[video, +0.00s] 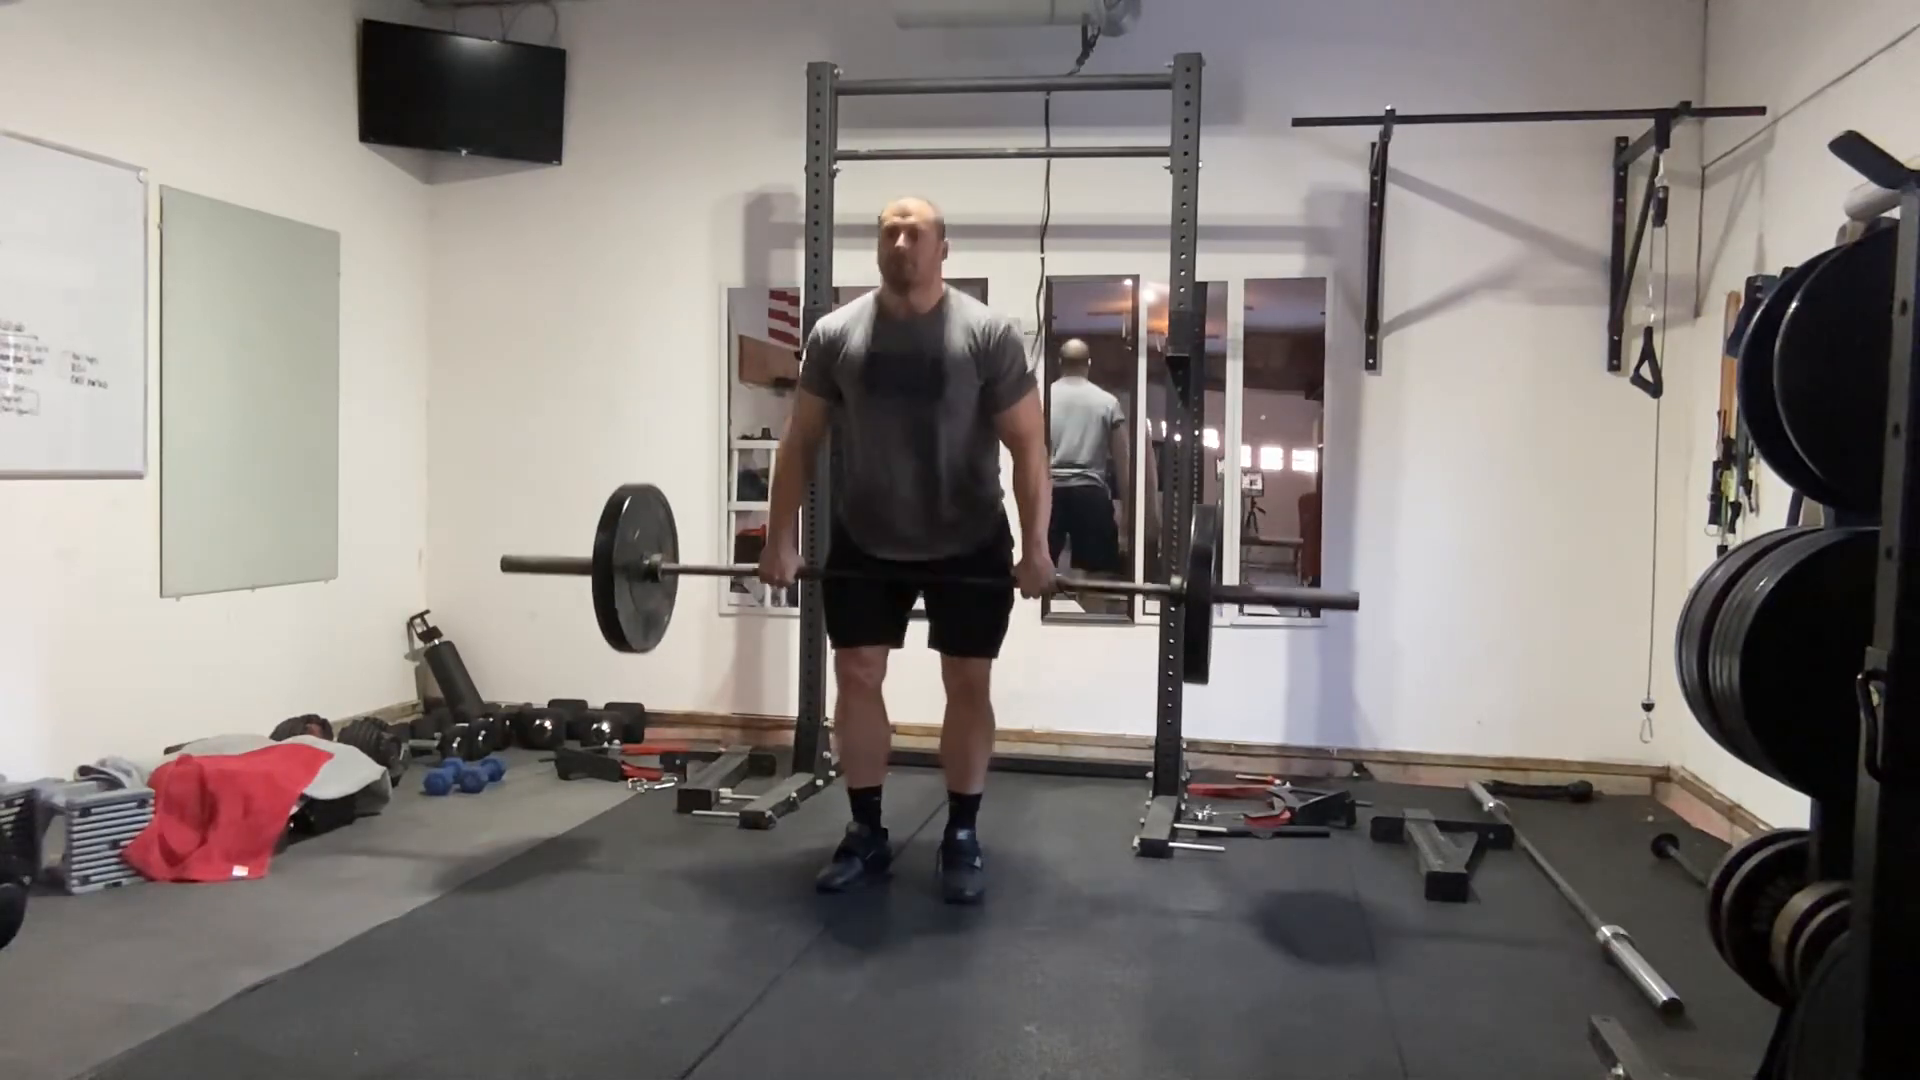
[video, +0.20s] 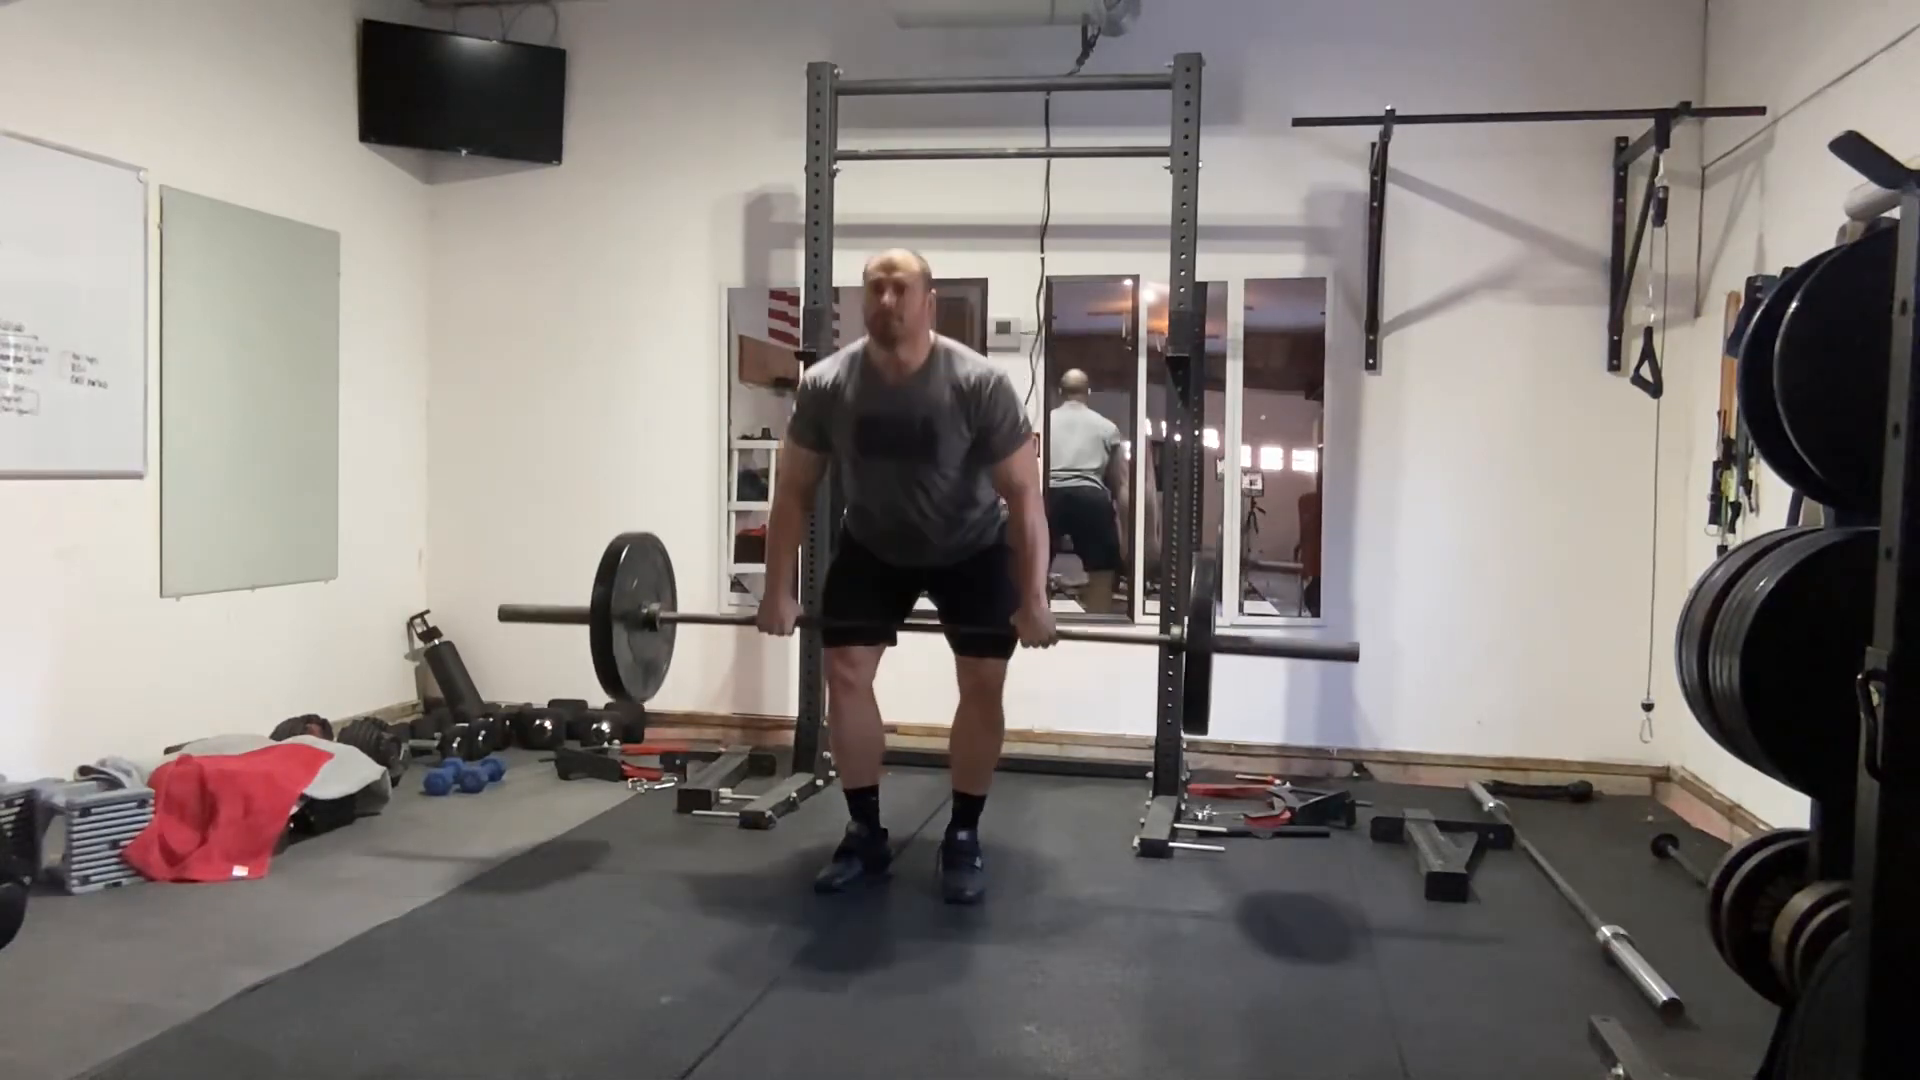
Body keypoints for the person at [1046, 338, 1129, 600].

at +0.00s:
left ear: (1060, 363)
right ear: (1088, 364)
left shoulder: (1045, 397)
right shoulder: (1106, 401)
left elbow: (1035, 450)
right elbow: (1122, 460)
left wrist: (1035, 493)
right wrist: (1125, 508)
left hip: (1052, 494)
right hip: (1092, 496)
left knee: (1043, 565)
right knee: (1098, 570)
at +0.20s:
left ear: (1060, 392)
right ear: (1088, 392)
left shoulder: (1044, 421)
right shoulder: (1106, 427)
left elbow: (1032, 466)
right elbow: (1119, 482)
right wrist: (1127, 537)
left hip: (1051, 498)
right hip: (1091, 499)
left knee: (1036, 565)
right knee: (1101, 571)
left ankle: (1033, 633)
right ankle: (1097, 640)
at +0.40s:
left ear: (1060, 396)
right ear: (1088, 396)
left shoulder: (1043, 425)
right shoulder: (1104, 430)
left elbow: (1030, 471)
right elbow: (1121, 489)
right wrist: (1126, 543)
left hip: (1049, 500)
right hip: (1091, 501)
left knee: (1034, 566)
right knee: (1102, 571)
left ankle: (1032, 636)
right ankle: (1097, 640)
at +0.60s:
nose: (1079, 356)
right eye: (1084, 350)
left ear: (1057, 352)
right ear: (1085, 353)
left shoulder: (1043, 386)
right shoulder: (1103, 389)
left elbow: (1031, 441)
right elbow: (1127, 440)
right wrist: (1129, 491)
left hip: (1051, 492)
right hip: (1093, 491)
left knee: (1047, 566)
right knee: (1094, 569)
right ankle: (1095, 631)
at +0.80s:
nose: (1069, 348)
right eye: (1072, 340)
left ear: (1051, 342)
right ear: (1081, 342)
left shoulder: (1041, 375)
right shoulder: (1097, 374)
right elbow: (1129, 412)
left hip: (1047, 486)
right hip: (1088, 482)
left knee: (1043, 573)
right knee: (1092, 570)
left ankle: (1033, 642)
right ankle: (1098, 638)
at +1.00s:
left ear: (1054, 350)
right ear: (1084, 351)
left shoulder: (1039, 390)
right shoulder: (1099, 394)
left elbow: (1031, 442)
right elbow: (1122, 444)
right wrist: (1128, 401)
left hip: (1046, 493)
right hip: (1088, 492)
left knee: (1043, 575)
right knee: (1089, 577)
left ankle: (1036, 642)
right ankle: (1097, 641)